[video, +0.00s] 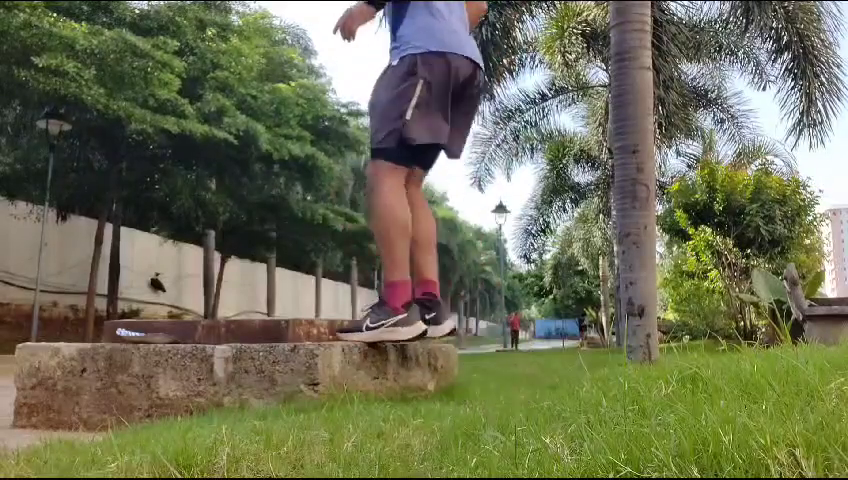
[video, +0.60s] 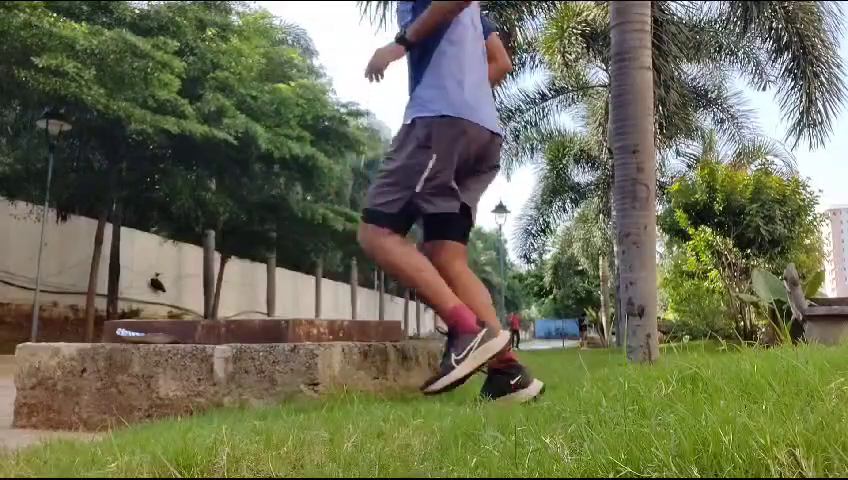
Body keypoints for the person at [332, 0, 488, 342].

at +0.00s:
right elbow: (478, 5)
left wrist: (366, 7)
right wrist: (442, 37)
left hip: (423, 50)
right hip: (467, 59)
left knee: (385, 174)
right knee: (412, 183)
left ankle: (394, 306)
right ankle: (430, 305)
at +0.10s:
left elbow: (365, 6)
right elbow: (487, 3)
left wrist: (350, 14)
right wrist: (451, 42)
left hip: (425, 55)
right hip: (463, 66)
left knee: (383, 178)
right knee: (416, 189)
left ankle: (436, 299)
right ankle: (416, 305)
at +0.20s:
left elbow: (354, 9)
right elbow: (493, 2)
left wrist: (361, 2)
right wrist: (452, 31)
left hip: (435, 55)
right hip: (466, 62)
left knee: (405, 187)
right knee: (407, 187)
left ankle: (462, 315)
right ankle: (419, 304)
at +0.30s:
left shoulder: (414, 2)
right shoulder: (467, 8)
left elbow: (387, 6)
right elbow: (515, 4)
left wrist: (375, 10)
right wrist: (470, 44)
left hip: (444, 90)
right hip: (480, 98)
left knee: (441, 236)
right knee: (382, 190)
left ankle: (477, 362)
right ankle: (436, 287)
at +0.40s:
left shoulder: (415, 5)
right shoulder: (470, 6)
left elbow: (430, 4)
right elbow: (514, 37)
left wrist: (390, 39)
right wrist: (480, 93)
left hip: (447, 122)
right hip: (480, 124)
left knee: (448, 256)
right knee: (382, 220)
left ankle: (502, 380)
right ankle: (469, 299)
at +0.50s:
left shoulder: (425, 4)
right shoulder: (476, 5)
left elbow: (436, 3)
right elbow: (511, 34)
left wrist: (395, 33)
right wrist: (476, 89)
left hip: (441, 107)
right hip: (474, 113)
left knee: (439, 245)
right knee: (406, 242)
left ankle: (497, 374)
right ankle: (489, 338)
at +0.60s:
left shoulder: (424, 3)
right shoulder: (476, 11)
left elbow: (456, 2)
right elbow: (501, 62)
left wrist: (397, 46)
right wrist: (453, 86)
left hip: (441, 115)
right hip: (487, 129)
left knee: (377, 234)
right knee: (446, 255)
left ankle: (467, 328)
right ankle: (507, 371)